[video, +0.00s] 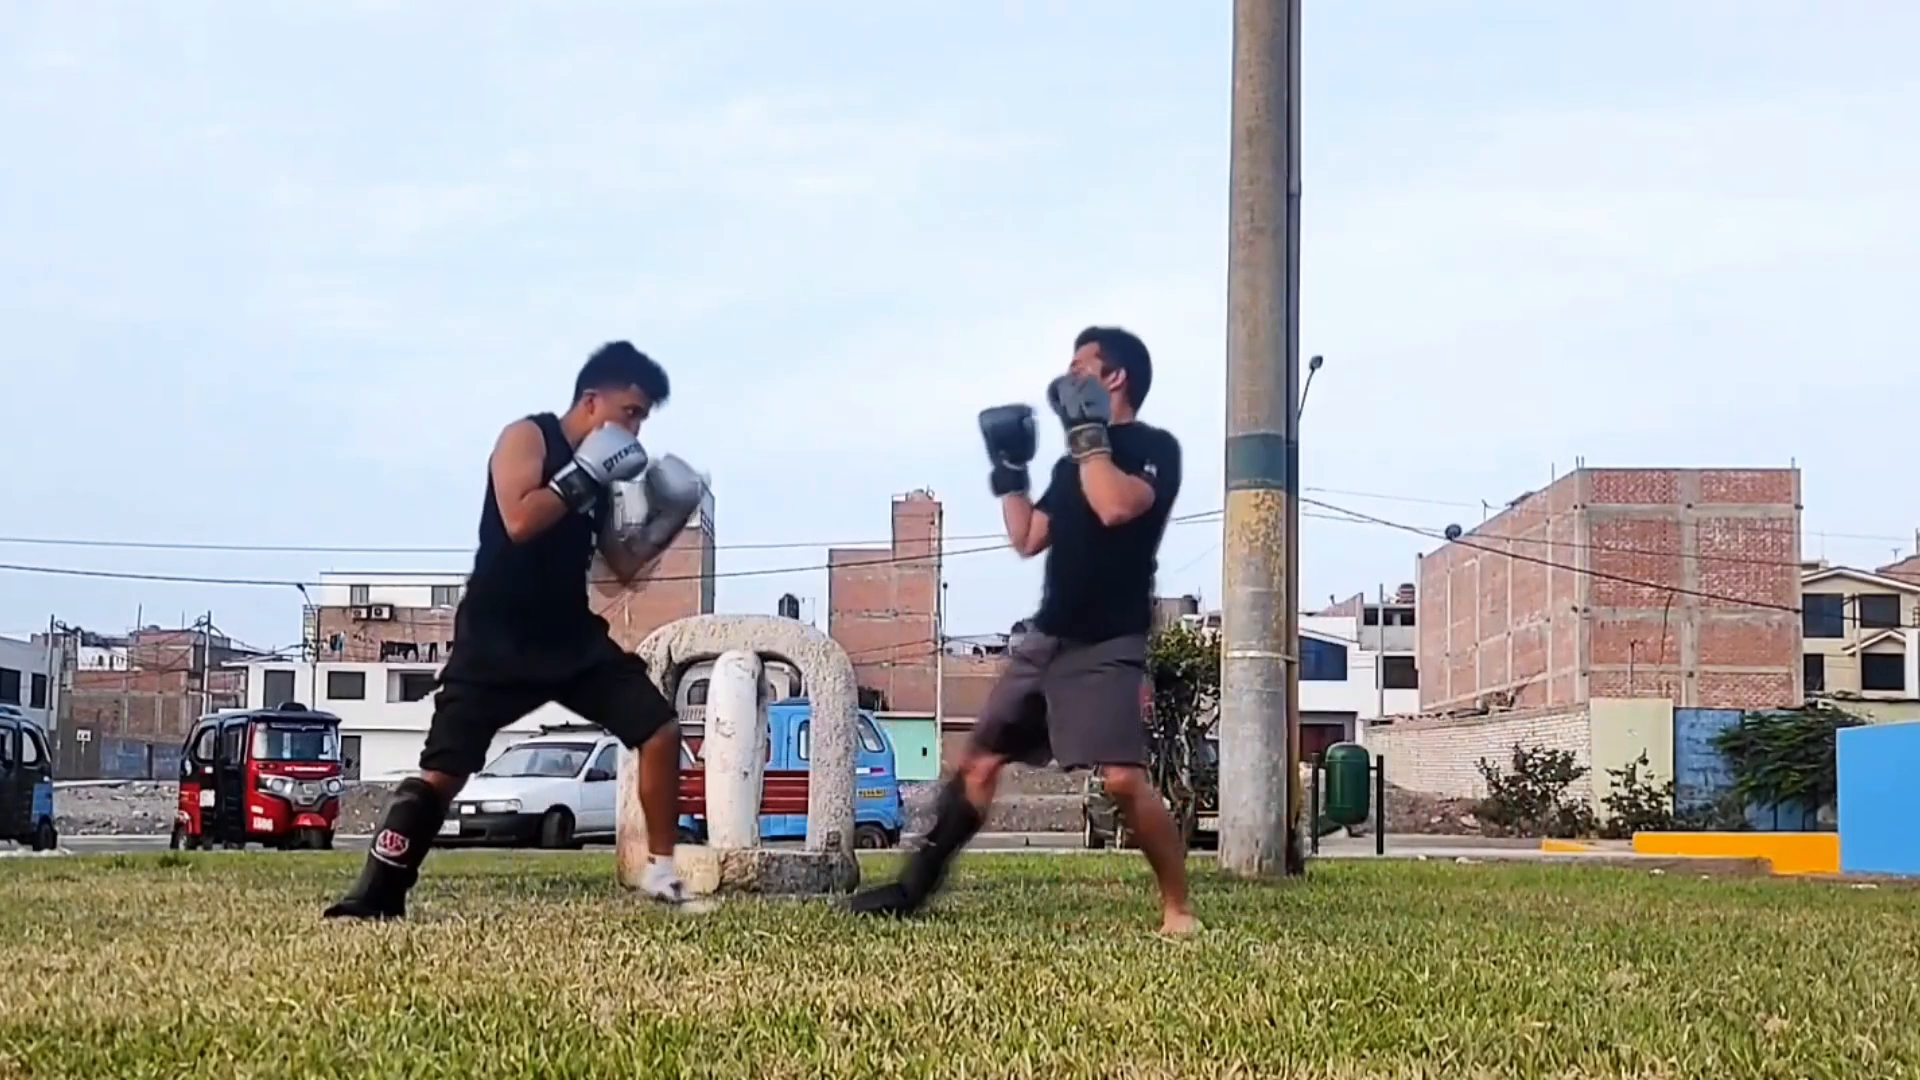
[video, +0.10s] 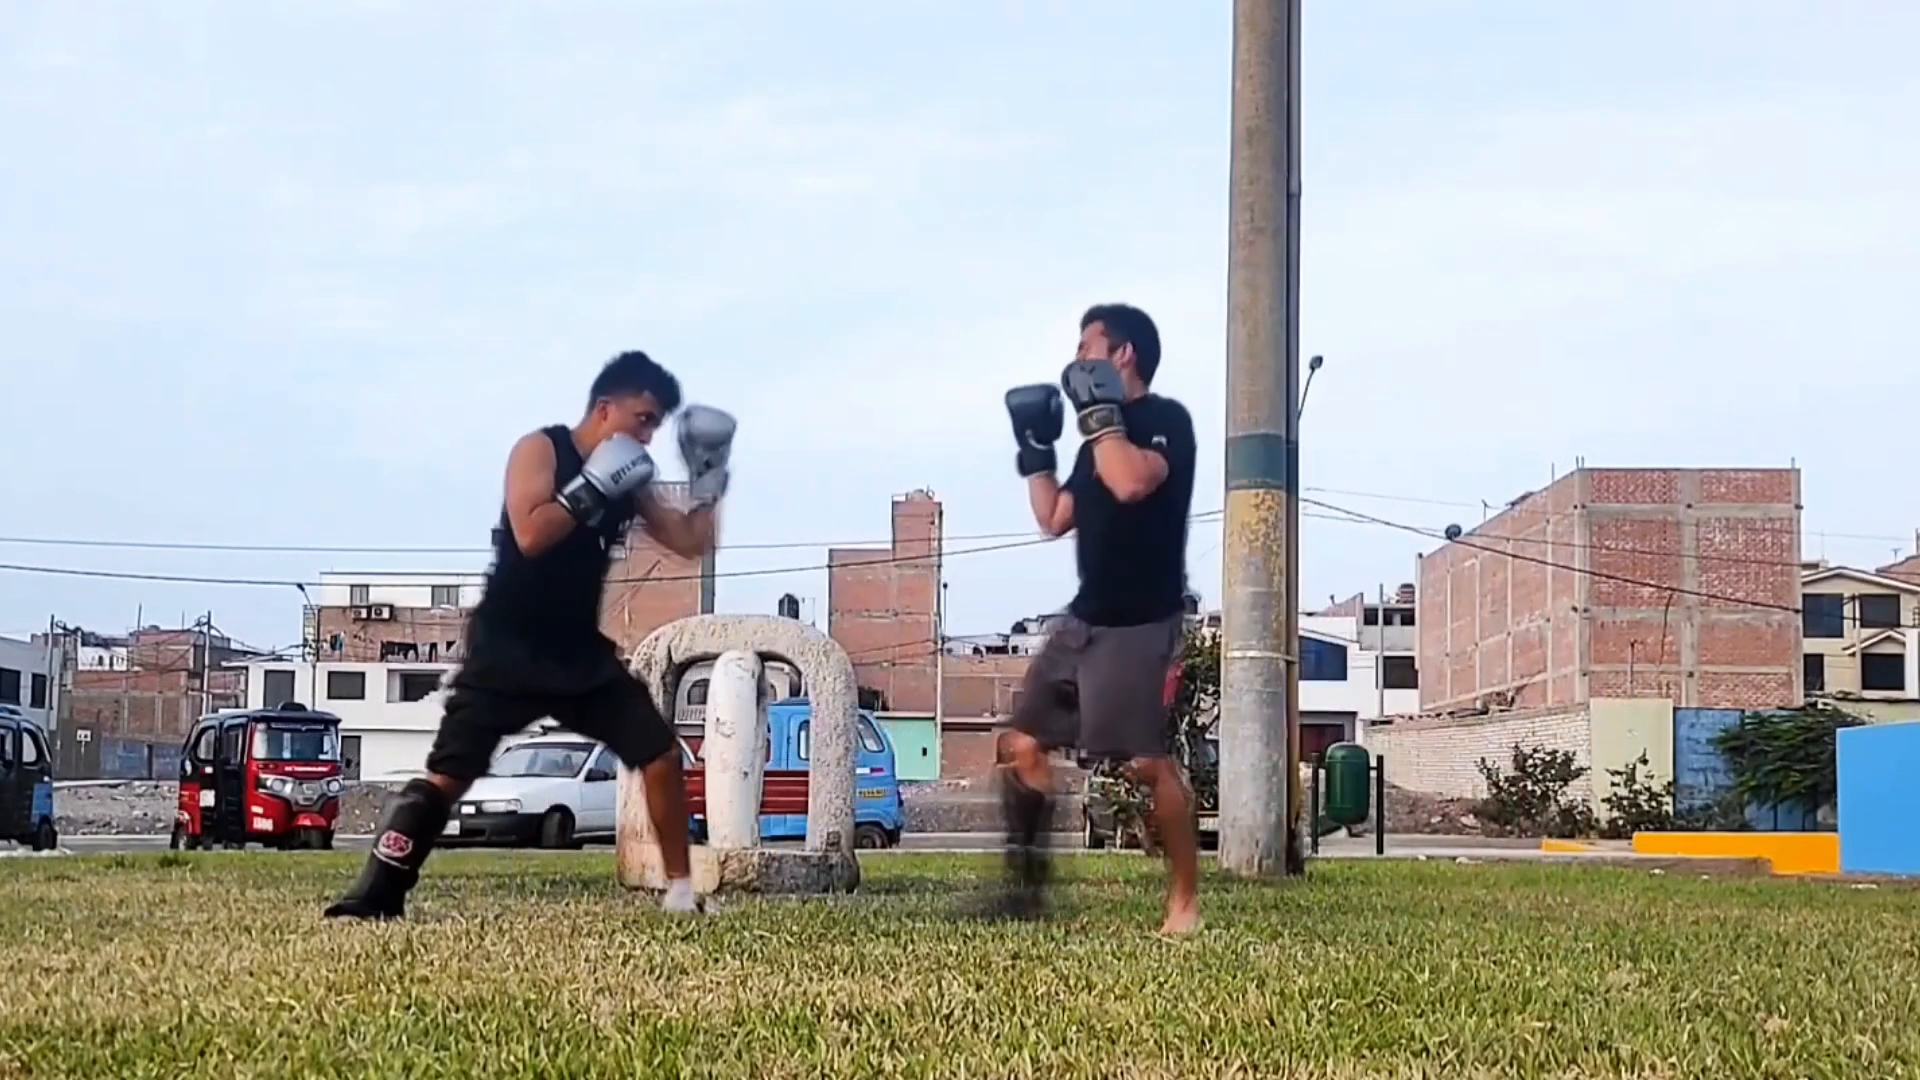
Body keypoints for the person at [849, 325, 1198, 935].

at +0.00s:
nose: (1069, 376)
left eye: (1081, 365)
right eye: (1071, 366)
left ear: (1119, 377)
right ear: (1108, 378)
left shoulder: (1155, 447)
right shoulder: (1071, 463)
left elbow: (1116, 507)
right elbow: (1027, 538)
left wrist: (1087, 429)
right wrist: (1010, 468)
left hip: (1111, 642)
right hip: (1045, 639)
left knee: (1124, 781)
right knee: (979, 763)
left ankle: (1177, 907)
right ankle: (910, 892)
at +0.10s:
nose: (1077, 363)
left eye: (1086, 351)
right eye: (1078, 353)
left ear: (1127, 355)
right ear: (1115, 358)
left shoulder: (1164, 417)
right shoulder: (1095, 443)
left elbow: (1130, 483)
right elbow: (1053, 520)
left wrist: (1096, 406)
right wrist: (1036, 446)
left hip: (1143, 623)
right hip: (1084, 619)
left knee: (1148, 763)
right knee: (1021, 744)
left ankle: (1184, 901)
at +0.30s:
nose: (1106, 367)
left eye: (1113, 353)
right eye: (1105, 355)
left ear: (1151, 351)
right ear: (1148, 354)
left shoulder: (1199, 412)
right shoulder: (1142, 428)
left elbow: (1181, 498)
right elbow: (1134, 520)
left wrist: (1122, 438)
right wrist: (1071, 479)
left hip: (1196, 618)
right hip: (1145, 619)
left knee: (1216, 746)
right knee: (1095, 750)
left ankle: (1315, 864)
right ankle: (1093, 901)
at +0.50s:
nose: (1120, 415)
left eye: (1128, 402)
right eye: (1122, 402)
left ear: (1166, 407)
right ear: (1170, 409)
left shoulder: (1191, 464)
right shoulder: (1181, 471)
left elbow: (1121, 513)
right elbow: (1235, 569)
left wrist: (1077, 462)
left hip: (1204, 680)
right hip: (1156, 676)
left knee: (1257, 802)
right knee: (1058, 753)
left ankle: (1379, 909)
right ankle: (1075, 899)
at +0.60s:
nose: (1125, 415)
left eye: (1133, 402)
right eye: (1126, 402)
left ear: (1173, 406)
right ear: (1177, 410)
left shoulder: (1161, 453)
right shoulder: (1211, 479)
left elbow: (1092, 496)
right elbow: (1227, 585)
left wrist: (1008, 480)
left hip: (1139, 651)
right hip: (1156, 651)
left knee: (1092, 773)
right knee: (1049, 766)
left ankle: (1259, 842)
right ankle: (1071, 903)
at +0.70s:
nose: (1129, 416)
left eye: (1138, 404)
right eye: (1131, 404)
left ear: (1176, 412)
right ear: (1185, 416)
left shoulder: (1157, 453)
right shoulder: (1208, 485)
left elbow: (1109, 502)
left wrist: (1025, 538)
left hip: (1099, 635)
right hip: (1144, 653)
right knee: (1046, 758)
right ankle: (1069, 900)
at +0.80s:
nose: (1117, 411)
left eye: (1126, 402)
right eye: (1121, 400)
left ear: (1158, 414)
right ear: (1171, 420)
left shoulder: (1137, 447)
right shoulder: (1191, 483)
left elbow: (1118, 485)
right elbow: (1145, 515)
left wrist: (1061, 550)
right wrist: (1099, 475)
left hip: (1061, 621)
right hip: (1114, 651)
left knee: (910, 634)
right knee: (1044, 761)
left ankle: (784, 693)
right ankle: (1069, 903)